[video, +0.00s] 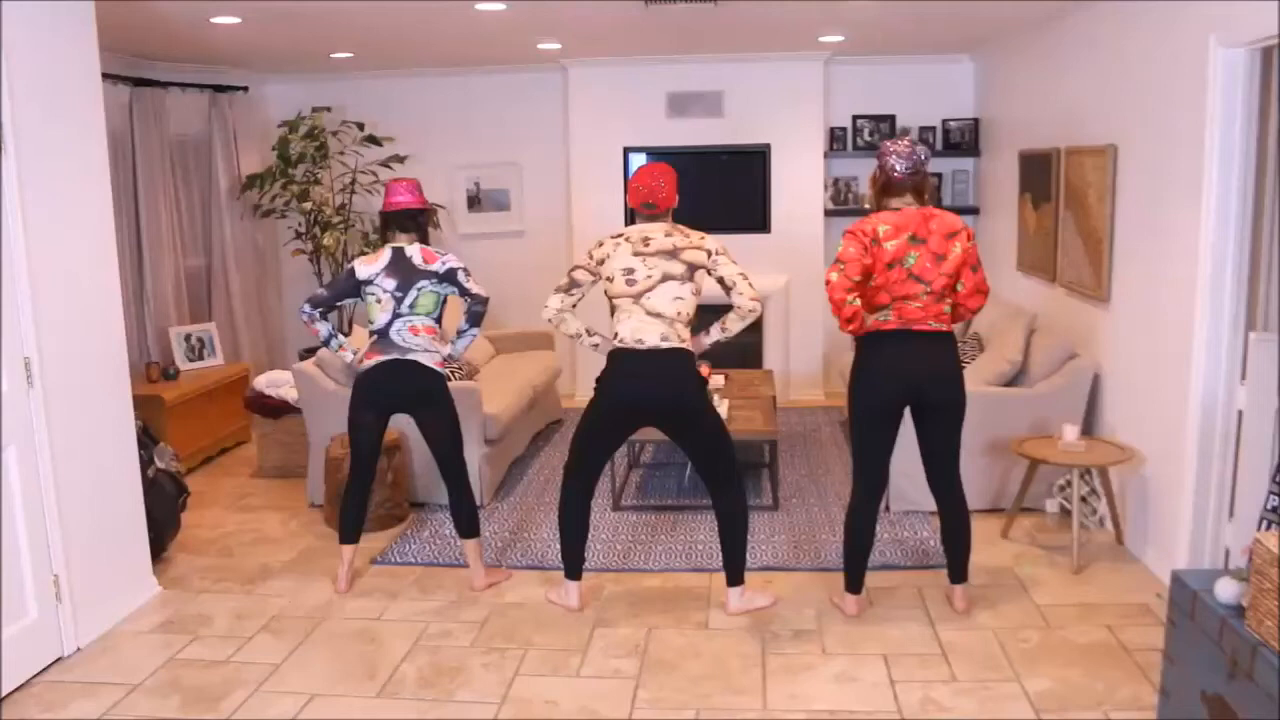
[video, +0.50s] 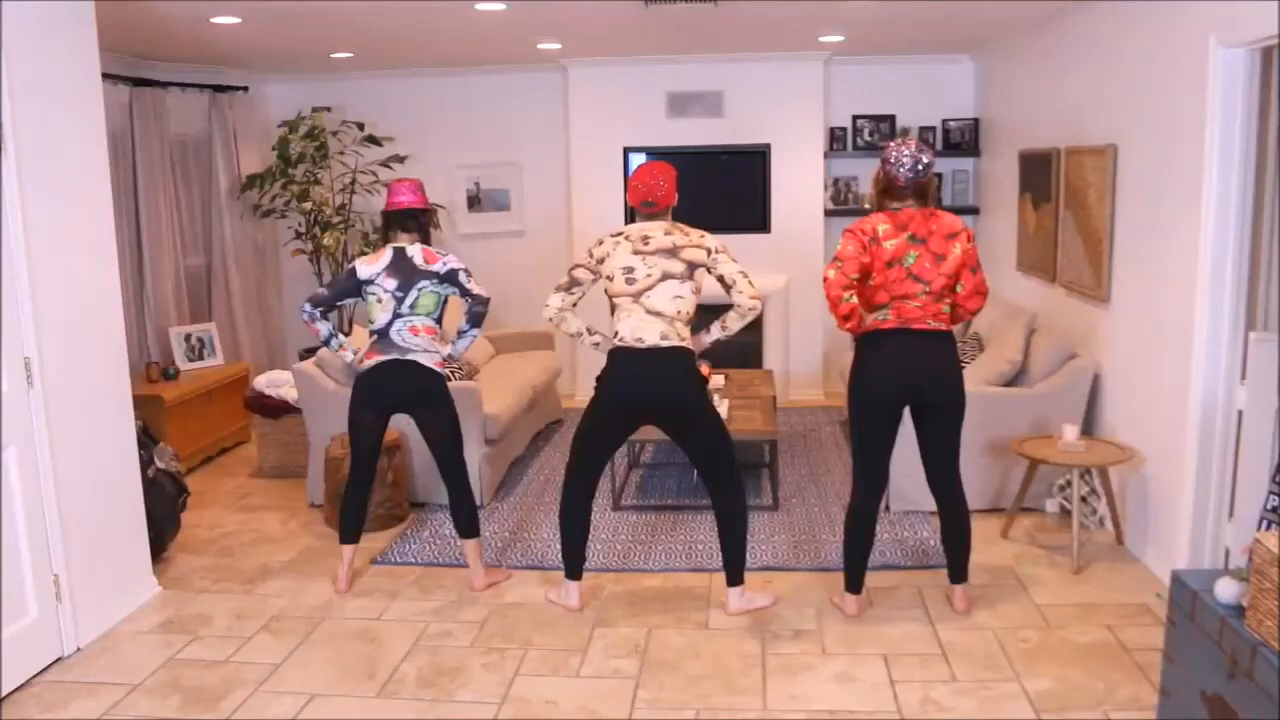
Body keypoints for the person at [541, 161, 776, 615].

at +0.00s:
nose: (651, 204)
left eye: (641, 197)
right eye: (667, 196)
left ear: (631, 202)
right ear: (674, 201)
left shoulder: (607, 247)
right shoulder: (700, 244)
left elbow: (556, 309)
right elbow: (748, 302)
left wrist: (605, 345)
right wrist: (701, 341)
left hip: (622, 379)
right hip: (679, 381)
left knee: (578, 476)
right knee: (725, 479)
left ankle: (571, 588)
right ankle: (736, 591)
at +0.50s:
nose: (663, 202)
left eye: (642, 196)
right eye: (669, 194)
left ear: (631, 201)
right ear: (674, 200)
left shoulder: (607, 245)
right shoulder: (700, 242)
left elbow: (557, 308)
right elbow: (748, 301)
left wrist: (606, 345)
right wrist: (702, 340)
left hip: (622, 378)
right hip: (678, 379)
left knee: (580, 475)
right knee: (724, 478)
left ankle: (571, 587)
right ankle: (736, 591)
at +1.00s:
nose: (661, 200)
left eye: (643, 194)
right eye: (669, 193)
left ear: (631, 200)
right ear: (674, 199)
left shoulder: (606, 244)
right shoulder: (698, 241)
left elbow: (555, 306)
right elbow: (747, 300)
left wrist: (604, 343)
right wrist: (702, 338)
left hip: (620, 377)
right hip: (677, 378)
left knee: (579, 476)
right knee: (723, 477)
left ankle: (571, 587)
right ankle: (736, 591)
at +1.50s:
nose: (667, 199)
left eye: (645, 194)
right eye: (669, 192)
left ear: (630, 199)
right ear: (672, 198)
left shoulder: (605, 243)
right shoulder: (698, 240)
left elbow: (554, 304)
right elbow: (746, 299)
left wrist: (602, 342)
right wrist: (701, 337)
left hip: (619, 377)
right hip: (675, 378)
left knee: (579, 475)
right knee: (721, 476)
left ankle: (571, 588)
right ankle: (736, 591)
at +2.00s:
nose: (668, 199)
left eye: (645, 194)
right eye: (671, 192)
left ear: (631, 199)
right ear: (674, 198)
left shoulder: (606, 243)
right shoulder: (699, 240)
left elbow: (555, 305)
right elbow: (746, 300)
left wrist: (603, 341)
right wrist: (701, 338)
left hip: (619, 376)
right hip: (676, 377)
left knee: (579, 475)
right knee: (721, 477)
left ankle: (571, 588)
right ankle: (736, 591)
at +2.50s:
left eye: (640, 225)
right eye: (670, 226)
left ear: (632, 232)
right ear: (676, 231)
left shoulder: (612, 266)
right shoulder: (699, 263)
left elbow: (557, 314)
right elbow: (747, 308)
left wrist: (598, 355)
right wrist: (701, 346)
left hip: (619, 390)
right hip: (676, 391)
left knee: (579, 481)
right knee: (729, 485)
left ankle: (573, 588)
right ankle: (736, 592)